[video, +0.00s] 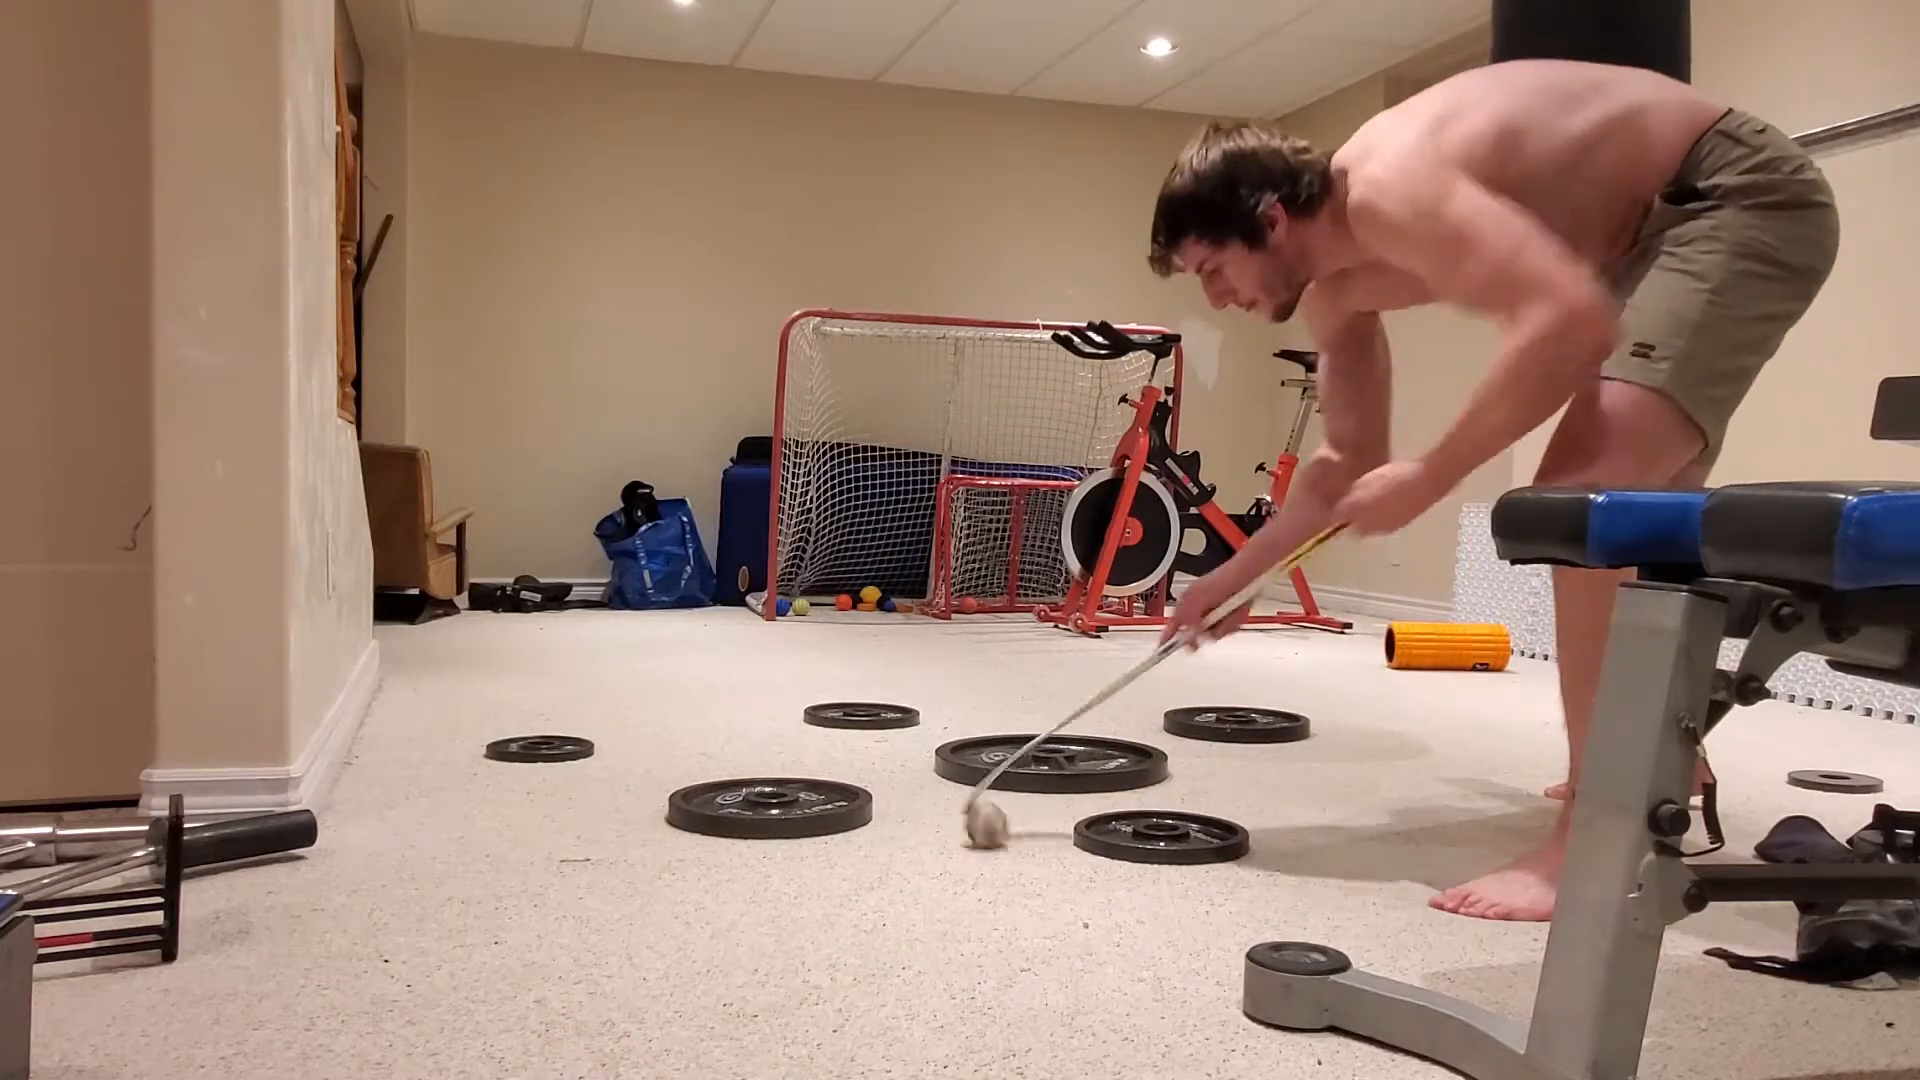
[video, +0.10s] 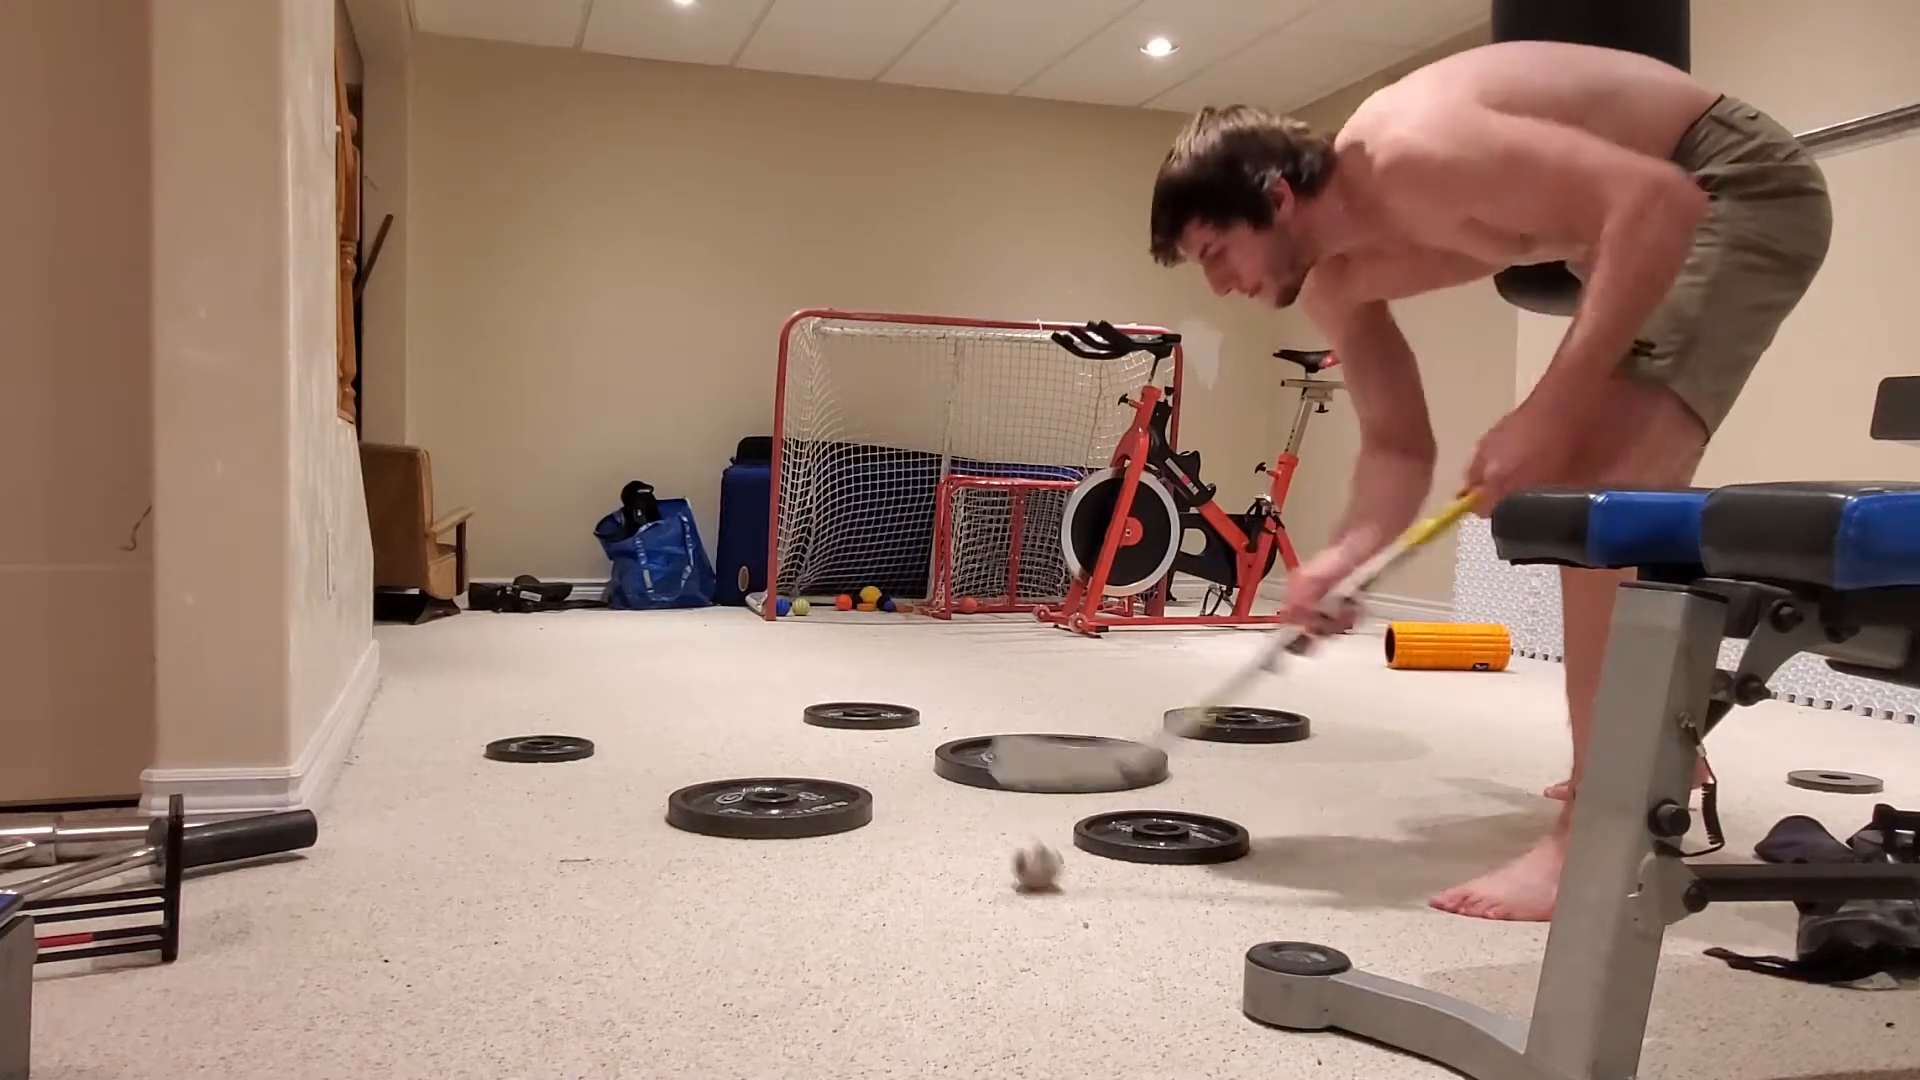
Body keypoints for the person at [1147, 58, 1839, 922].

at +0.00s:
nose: (1217, 300)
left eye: (1213, 270)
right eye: (1201, 284)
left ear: (1268, 219)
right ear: (1266, 226)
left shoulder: (1394, 193)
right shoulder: (1338, 290)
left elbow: (1575, 321)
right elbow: (1345, 463)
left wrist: (1429, 476)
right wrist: (1233, 577)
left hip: (1740, 193)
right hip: (1657, 238)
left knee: (1578, 496)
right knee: (1628, 508)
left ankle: (1595, 835)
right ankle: (1670, 760)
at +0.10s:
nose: (1218, 285)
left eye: (1216, 251)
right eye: (1201, 267)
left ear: (1273, 193)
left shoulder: (1418, 152)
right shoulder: (1338, 285)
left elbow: (1660, 204)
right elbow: (1395, 442)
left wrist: (1553, 413)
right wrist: (1350, 552)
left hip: (1737, 180)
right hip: (1637, 230)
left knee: (1606, 496)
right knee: (1582, 488)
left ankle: (1597, 832)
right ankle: (1654, 762)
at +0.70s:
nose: (1303, 357)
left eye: (1286, 336)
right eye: (1285, 349)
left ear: (1306, 279)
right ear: (1316, 282)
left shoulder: (1400, 214)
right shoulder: (1464, 333)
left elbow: (1549, 280)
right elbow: (1600, 452)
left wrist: (1549, 511)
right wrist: (1577, 613)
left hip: (1776, 184)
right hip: (1722, 229)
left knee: (1669, 486)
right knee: (1660, 492)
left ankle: (1607, 841)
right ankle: (1678, 771)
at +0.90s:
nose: (1351, 398)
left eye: (1332, 380)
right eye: (1332, 392)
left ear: (1346, 327)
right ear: (1357, 321)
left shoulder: (1425, 273)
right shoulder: (1494, 322)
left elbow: (1552, 370)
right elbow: (1561, 499)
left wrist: (1558, 554)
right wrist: (1508, 634)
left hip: (1784, 221)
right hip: (1757, 238)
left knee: (1632, 513)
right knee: (1642, 505)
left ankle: (1610, 842)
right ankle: (1677, 761)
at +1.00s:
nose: (1354, 403)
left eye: (1337, 384)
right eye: (1336, 394)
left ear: (1354, 333)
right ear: (1363, 334)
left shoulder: (1429, 277)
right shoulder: (1489, 361)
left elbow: (1545, 347)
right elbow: (1532, 522)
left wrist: (1527, 531)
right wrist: (1435, 629)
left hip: (1780, 245)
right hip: (1752, 264)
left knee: (1612, 514)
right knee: (1633, 513)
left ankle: (1610, 838)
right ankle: (1674, 760)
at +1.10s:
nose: (1351, 395)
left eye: (1333, 376)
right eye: (1333, 385)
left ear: (1354, 329)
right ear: (1365, 331)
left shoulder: (1429, 271)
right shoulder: (1495, 345)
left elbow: (1527, 351)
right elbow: (1533, 517)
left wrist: (1500, 533)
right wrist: (1435, 632)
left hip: (1777, 259)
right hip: (1760, 273)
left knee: (1602, 520)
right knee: (1625, 517)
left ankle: (1600, 841)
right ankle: (1674, 763)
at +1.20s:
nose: (1338, 377)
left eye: (1325, 356)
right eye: (1323, 366)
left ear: (1352, 312)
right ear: (1362, 311)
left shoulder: (1429, 268)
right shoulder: (1503, 330)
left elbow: (1510, 370)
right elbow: (1544, 498)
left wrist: (1470, 543)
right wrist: (1466, 625)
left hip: (1771, 268)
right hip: (1746, 284)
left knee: (1596, 516)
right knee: (1619, 516)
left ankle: (1599, 838)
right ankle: (1671, 761)